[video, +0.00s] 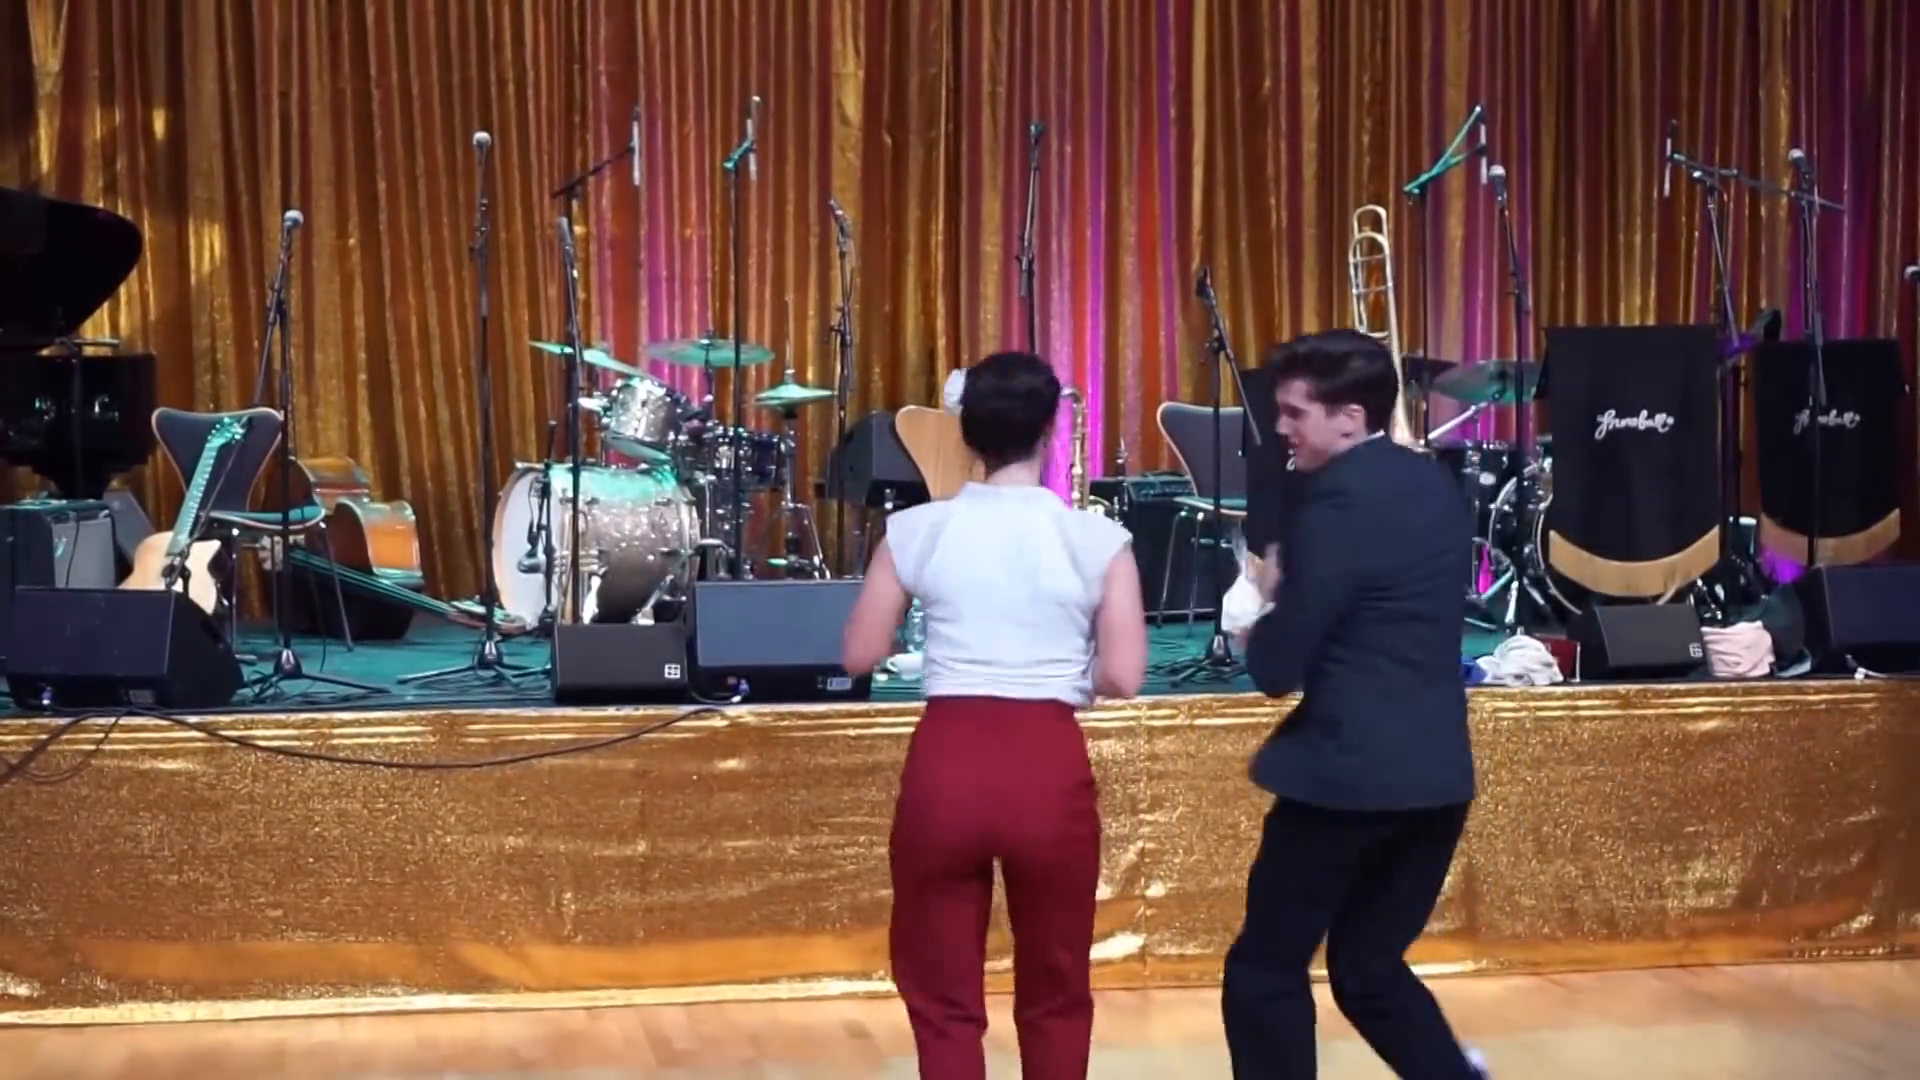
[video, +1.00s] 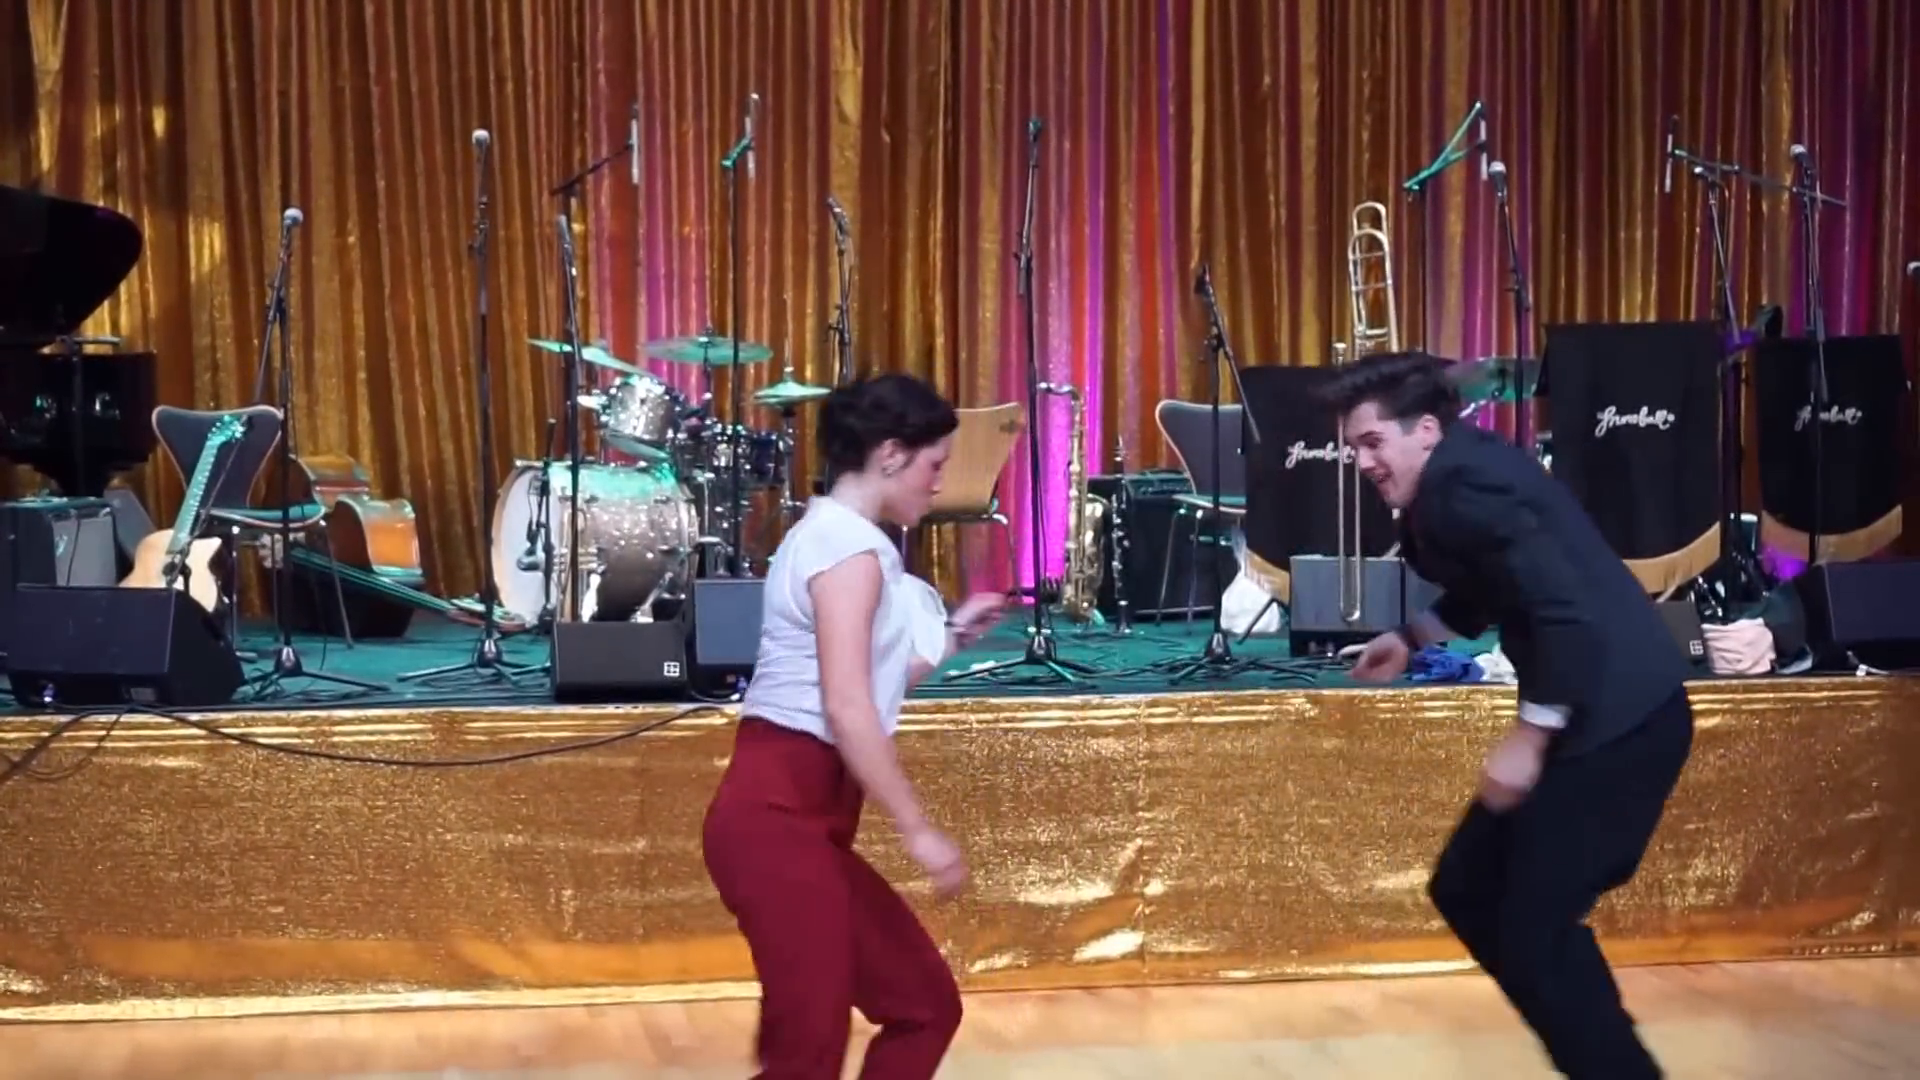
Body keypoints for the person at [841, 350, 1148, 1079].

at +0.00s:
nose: (1059, 424)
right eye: (1057, 414)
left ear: (966, 430)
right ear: (1050, 428)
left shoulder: (915, 530)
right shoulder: (1097, 537)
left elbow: (859, 654)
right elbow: (1123, 677)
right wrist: (1058, 659)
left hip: (946, 753)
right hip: (1049, 757)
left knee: (943, 1005)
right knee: (1055, 996)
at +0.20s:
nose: (988, 427)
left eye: (1009, 417)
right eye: (973, 411)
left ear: (1025, 442)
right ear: (944, 427)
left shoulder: (1025, 536)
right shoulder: (950, 536)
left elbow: (1038, 675)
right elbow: (969, 670)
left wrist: (910, 659)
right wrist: (909, 718)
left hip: (1019, 801)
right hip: (964, 793)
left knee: (937, 1024)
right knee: (994, 1010)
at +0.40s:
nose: (1053, 464)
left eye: (1051, 447)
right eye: (1042, 446)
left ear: (999, 456)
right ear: (997, 454)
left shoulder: (1050, 577)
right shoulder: (885, 566)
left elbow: (1080, 714)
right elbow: (780, 668)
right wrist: (820, 791)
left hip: (1038, 829)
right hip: (930, 834)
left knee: (1012, 1056)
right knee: (948, 1060)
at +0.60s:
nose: (1050, 490)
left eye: (1048, 472)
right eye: (1045, 471)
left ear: (1003, 482)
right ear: (1011, 479)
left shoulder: (1018, 600)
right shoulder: (888, 584)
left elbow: (1046, 737)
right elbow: (874, 731)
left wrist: (1166, 709)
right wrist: (925, 746)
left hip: (998, 850)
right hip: (891, 855)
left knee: (1039, 1057)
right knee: (964, 1058)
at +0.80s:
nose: (1027, 497)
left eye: (1028, 479)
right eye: (1024, 477)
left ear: (980, 481)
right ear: (989, 480)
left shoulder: (979, 590)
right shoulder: (888, 575)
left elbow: (977, 716)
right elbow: (927, 731)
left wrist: (1068, 711)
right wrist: (1052, 717)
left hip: (912, 843)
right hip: (828, 841)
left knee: (983, 1055)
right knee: (896, 1062)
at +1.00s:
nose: (939, 485)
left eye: (942, 469)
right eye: (935, 467)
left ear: (887, 457)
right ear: (890, 458)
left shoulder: (845, 538)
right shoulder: (848, 545)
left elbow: (872, 683)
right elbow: (846, 705)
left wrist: (948, 633)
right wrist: (918, 829)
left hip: (807, 827)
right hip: (772, 826)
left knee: (926, 1006)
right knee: (806, 1051)